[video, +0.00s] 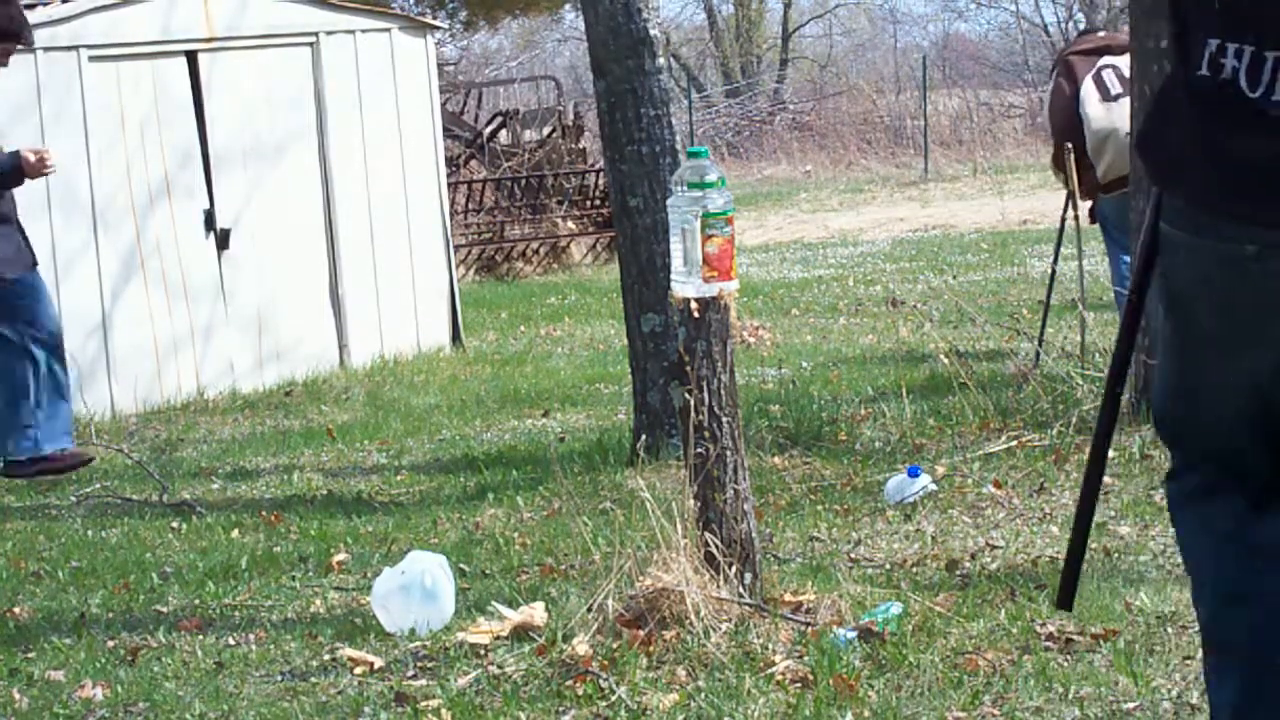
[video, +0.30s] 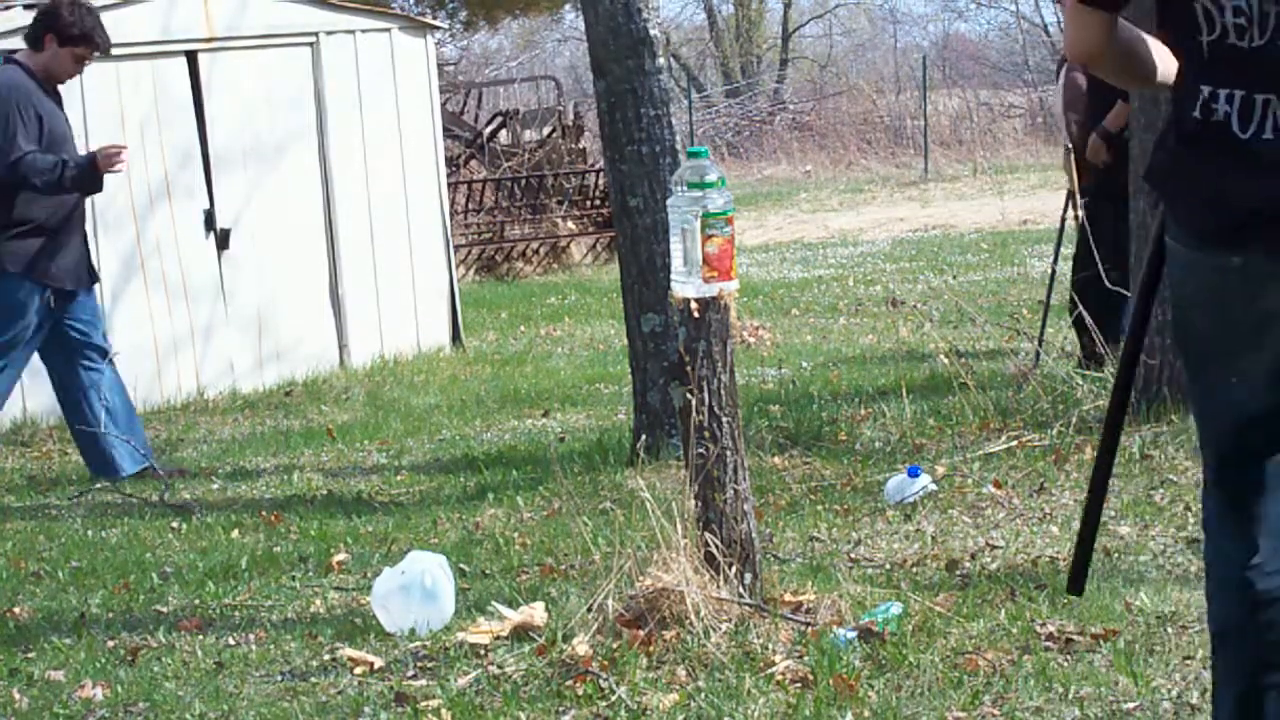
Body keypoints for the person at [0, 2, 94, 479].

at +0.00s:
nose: (9, 58)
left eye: (12, 50)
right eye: (9, 49)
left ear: (12, 46)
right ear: (0, 43)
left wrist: (16, 166)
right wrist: (15, 166)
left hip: (11, 237)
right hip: (4, 238)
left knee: (30, 328)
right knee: (34, 326)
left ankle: (33, 443)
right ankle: (25, 446)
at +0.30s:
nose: (81, 70)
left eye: (86, 61)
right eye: (79, 59)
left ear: (52, 46)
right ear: (48, 42)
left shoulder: (41, 90)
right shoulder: (10, 87)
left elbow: (40, 172)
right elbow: (17, 165)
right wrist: (83, 168)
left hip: (60, 257)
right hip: (20, 258)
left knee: (87, 359)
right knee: (6, 366)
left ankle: (129, 466)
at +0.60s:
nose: (160, 59)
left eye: (166, 50)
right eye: (158, 46)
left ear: (139, 34)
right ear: (129, 27)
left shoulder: (123, 83)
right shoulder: (85, 72)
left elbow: (122, 170)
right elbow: (102, 127)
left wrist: (167, 171)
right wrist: (181, 132)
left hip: (121, 226)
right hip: (105, 227)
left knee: (128, 342)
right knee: (154, 318)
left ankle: (141, 464)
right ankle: (69, 425)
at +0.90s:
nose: (235, 59)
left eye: (240, 50)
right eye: (233, 46)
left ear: (210, 32)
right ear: (204, 27)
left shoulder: (186, 80)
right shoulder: (164, 74)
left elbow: (182, 175)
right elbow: (189, 123)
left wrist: (235, 164)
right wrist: (262, 119)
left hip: (184, 240)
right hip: (191, 239)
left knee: (157, 358)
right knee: (242, 343)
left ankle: (133, 469)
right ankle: (304, 442)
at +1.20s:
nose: (323, 45)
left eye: (328, 36)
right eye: (322, 33)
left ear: (294, 18)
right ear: (295, 17)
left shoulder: (270, 61)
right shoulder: (254, 60)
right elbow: (293, 109)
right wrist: (361, 113)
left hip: (286, 224)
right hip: (280, 226)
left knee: (282, 327)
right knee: (311, 336)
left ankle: (199, 410)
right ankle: (316, 455)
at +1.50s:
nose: (398, 37)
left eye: (403, 30)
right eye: (397, 26)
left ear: (368, 12)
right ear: (370, 10)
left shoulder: (347, 56)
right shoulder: (328, 53)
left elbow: (375, 124)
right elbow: (377, 99)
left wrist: (437, 112)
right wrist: (444, 107)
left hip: (371, 220)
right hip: (338, 223)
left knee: (395, 331)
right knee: (336, 335)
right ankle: (317, 455)